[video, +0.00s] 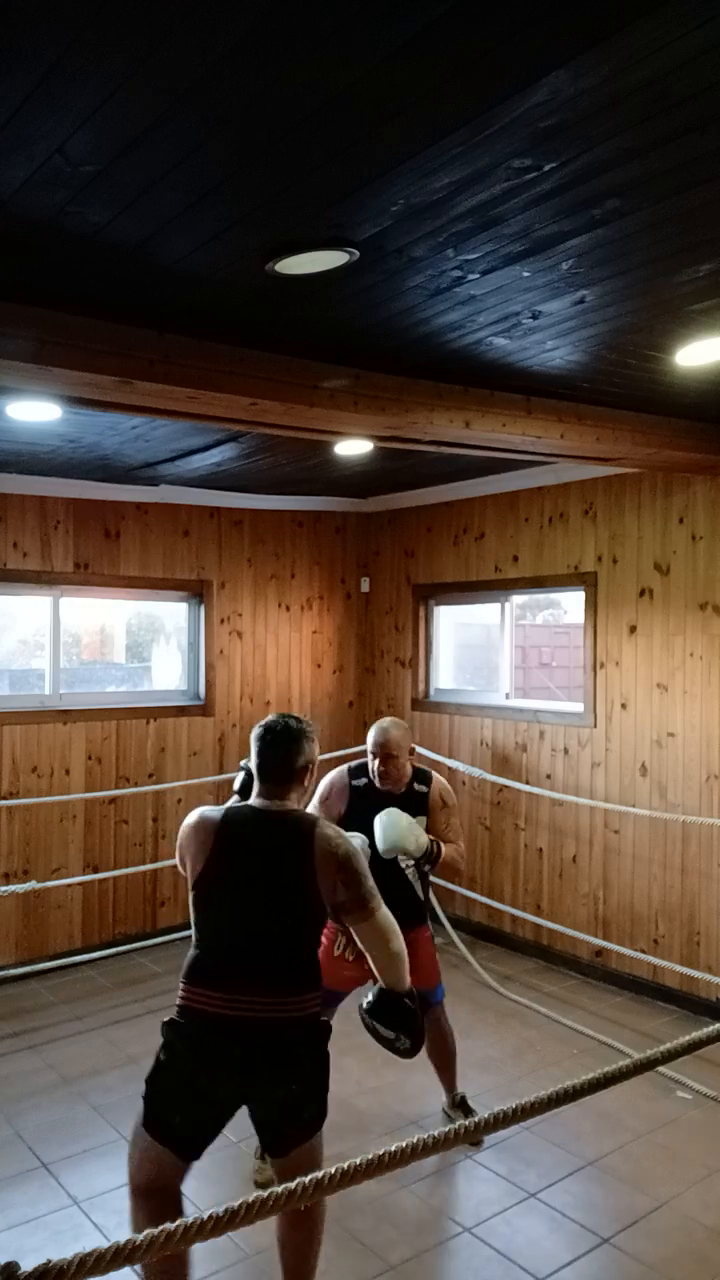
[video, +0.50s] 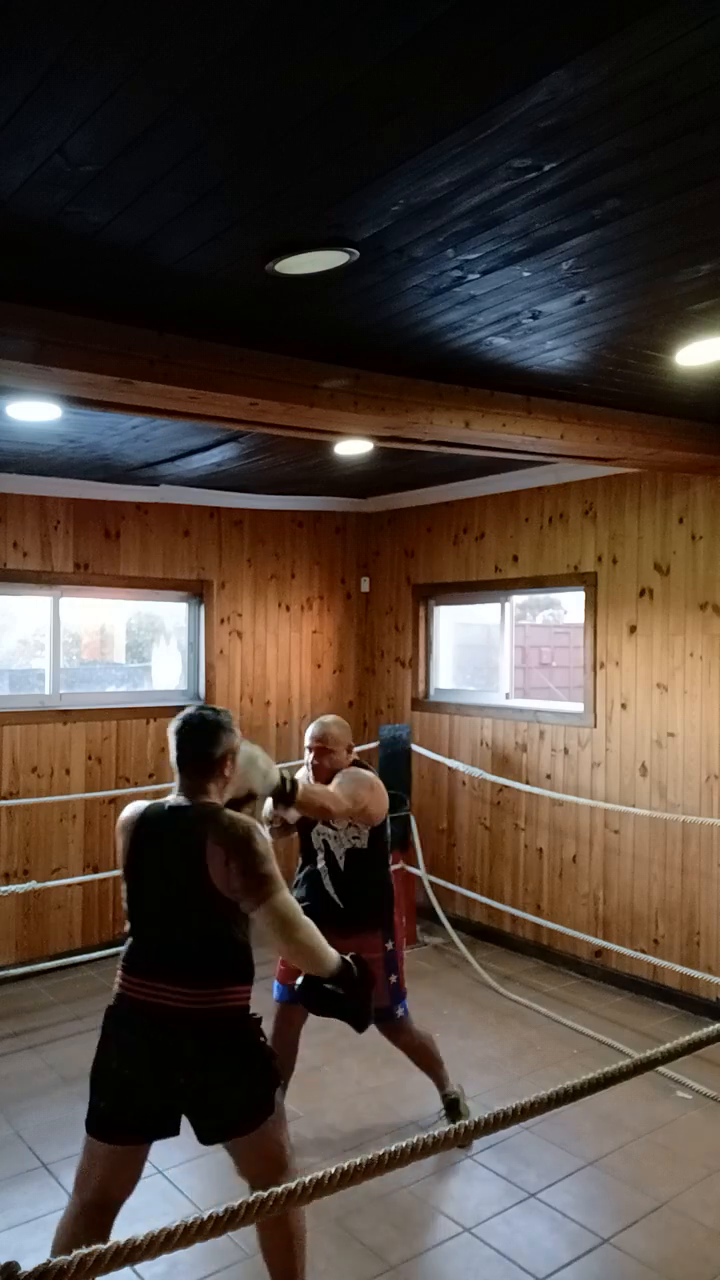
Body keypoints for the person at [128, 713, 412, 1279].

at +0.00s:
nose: (317, 772)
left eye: (315, 764)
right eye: (316, 765)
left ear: (248, 767)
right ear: (309, 772)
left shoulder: (198, 829)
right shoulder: (333, 846)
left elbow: (202, 881)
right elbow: (378, 931)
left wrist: (243, 796)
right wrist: (398, 999)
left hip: (203, 1042)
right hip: (293, 1046)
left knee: (152, 1181)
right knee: (300, 1181)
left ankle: (167, 1276)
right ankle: (299, 1275)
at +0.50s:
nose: (238, 763)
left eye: (236, 754)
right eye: (237, 754)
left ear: (175, 759)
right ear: (226, 763)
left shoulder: (132, 823)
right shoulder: (241, 836)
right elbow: (291, 933)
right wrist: (342, 972)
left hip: (134, 1036)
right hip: (220, 1042)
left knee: (93, 1200)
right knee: (275, 1189)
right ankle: (290, 1275)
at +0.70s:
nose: (180, 768)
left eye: (178, 758)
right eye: (177, 759)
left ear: (113, 768)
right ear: (164, 767)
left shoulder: (70, 840)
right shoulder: (188, 836)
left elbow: (87, 932)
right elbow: (242, 923)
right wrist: (289, 993)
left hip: (84, 1044)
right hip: (172, 1046)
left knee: (58, 1198)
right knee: (238, 1192)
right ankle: (277, 1274)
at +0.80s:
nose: (155, 767)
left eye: (153, 757)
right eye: (152, 757)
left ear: (88, 767)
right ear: (133, 765)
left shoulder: (39, 841)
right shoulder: (164, 831)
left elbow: (18, 935)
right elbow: (212, 920)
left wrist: (80, 917)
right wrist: (251, 1005)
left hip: (63, 1041)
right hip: (151, 1040)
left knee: (52, 1194)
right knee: (212, 1175)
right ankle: (247, 1270)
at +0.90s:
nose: (140, 752)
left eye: (137, 742)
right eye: (136, 743)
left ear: (74, 755)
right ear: (119, 752)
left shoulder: (27, 824)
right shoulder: (148, 816)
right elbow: (194, 906)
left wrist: (27, 933)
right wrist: (226, 983)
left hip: (55, 1016)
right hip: (141, 1014)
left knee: (48, 1177)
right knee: (172, 1134)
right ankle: (175, 1266)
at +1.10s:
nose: (133, 757)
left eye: (131, 747)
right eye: (128, 749)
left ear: (69, 759)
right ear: (109, 757)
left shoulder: (23, 820)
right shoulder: (133, 816)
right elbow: (185, 906)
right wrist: (203, 948)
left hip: (36, 1001)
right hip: (115, 1001)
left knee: (41, 1176)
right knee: (106, 1111)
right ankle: (92, 1213)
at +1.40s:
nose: (146, 759)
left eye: (147, 750)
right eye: (144, 750)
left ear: (91, 741)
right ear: (123, 748)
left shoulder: (34, 784)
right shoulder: (125, 796)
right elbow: (195, 843)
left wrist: (11, 891)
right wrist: (213, 787)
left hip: (20, 957)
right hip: (87, 963)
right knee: (95, 1087)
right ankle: (82, 1216)